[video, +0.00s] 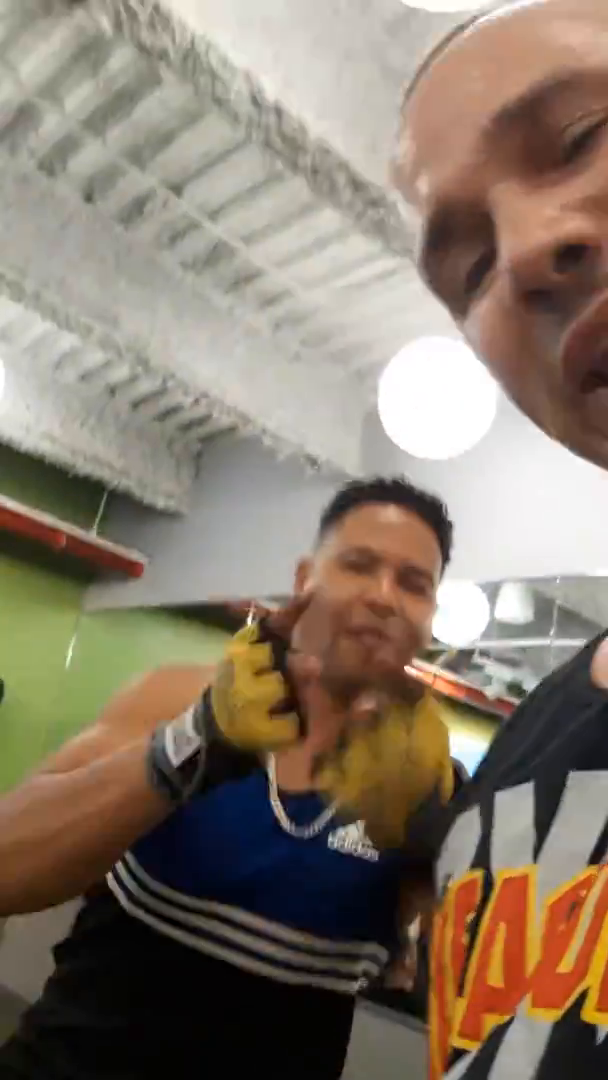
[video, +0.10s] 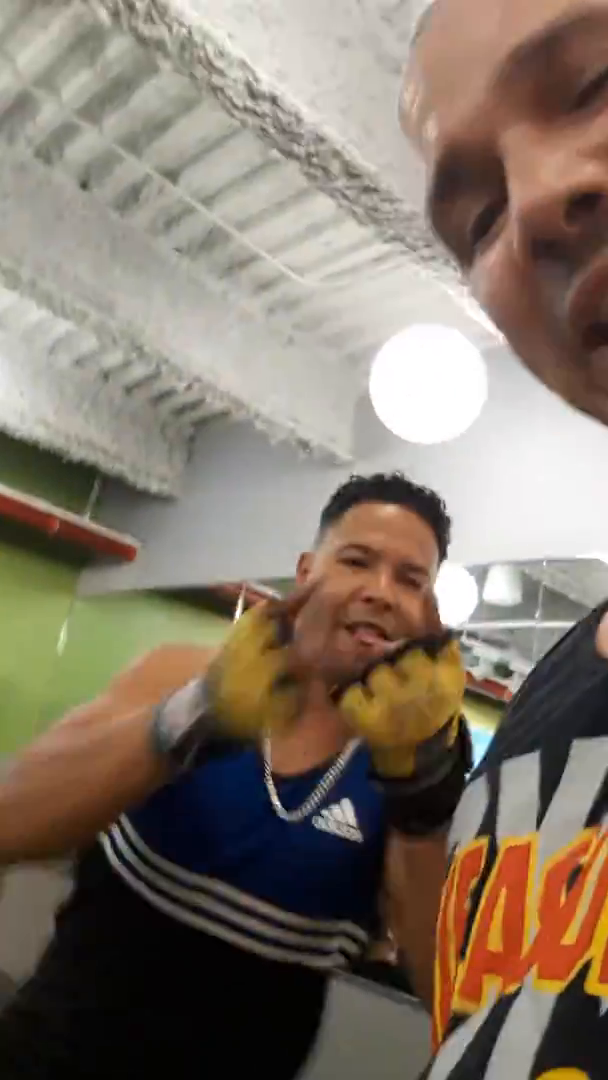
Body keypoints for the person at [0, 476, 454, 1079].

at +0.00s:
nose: (383, 598)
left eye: (412, 582)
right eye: (358, 567)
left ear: (432, 616)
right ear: (304, 581)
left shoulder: (423, 774)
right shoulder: (181, 697)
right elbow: (11, 878)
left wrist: (420, 835)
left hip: (285, 1069)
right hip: (94, 1044)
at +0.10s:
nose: (381, 592)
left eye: (410, 579)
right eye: (357, 562)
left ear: (430, 616)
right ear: (304, 575)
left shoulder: (409, 763)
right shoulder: (182, 677)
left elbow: (441, 983)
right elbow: (15, 825)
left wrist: (422, 790)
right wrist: (196, 720)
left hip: (248, 1064)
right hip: (74, 1031)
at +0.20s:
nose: (372, 601)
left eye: (404, 587)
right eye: (351, 570)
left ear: (424, 622)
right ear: (302, 576)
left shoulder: (412, 782)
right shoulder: (183, 674)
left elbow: (442, 1013)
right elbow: (13, 805)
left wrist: (396, 792)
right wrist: (200, 712)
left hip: (222, 1062)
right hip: (58, 1018)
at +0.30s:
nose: (329, 623)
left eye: (365, 606)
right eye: (314, 593)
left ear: (407, 636)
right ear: (284, 603)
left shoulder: (396, 809)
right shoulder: (160, 698)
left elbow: (430, 1015)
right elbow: (22, 793)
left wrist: (316, 984)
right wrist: (89, 824)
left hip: (213, 1065)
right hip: (58, 1020)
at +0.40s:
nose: (259, 657)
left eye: (297, 638)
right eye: (250, 624)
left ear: (364, 652)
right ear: (232, 618)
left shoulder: (380, 849)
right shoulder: (135, 733)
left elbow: (395, 1065)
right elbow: (4, 871)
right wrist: (11, 1010)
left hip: (234, 1064)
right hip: (84, 1029)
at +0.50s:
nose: (153, 736)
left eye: (188, 712)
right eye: (146, 702)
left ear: (270, 703)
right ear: (137, 690)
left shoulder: (336, 904)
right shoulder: (87, 790)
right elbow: (5, 953)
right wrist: (13, 1016)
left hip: (233, 1068)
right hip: (88, 1040)